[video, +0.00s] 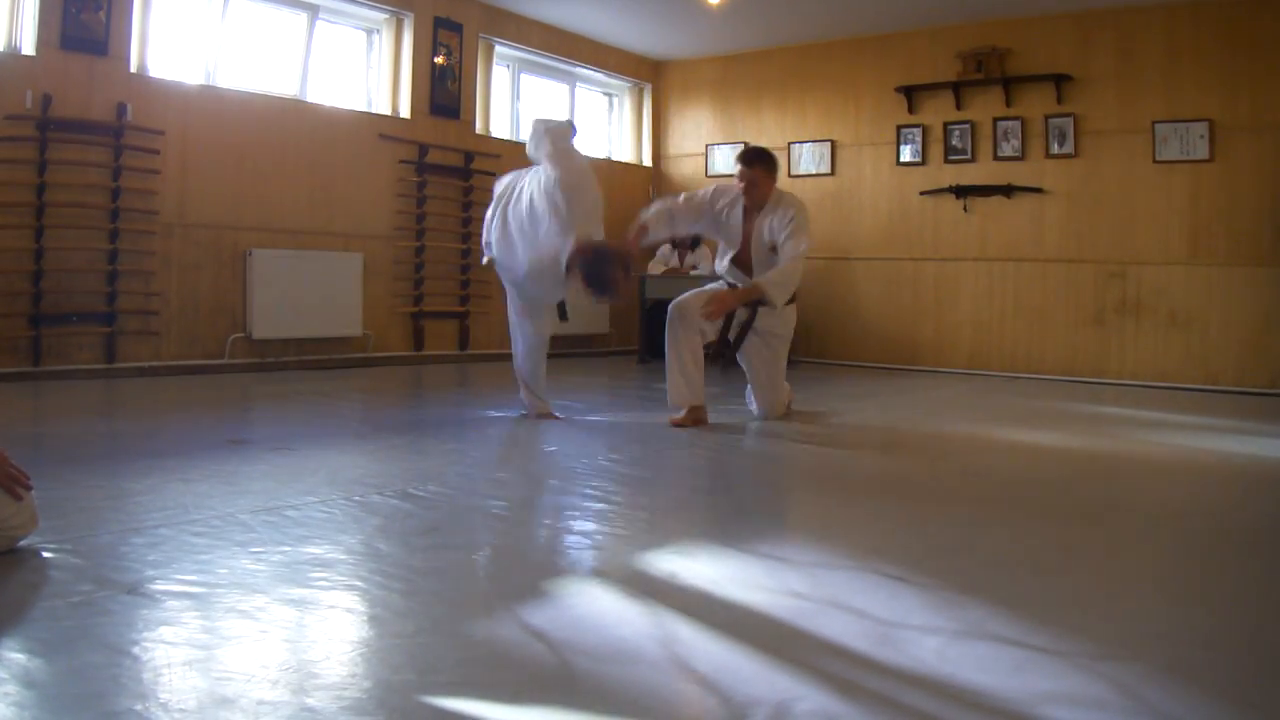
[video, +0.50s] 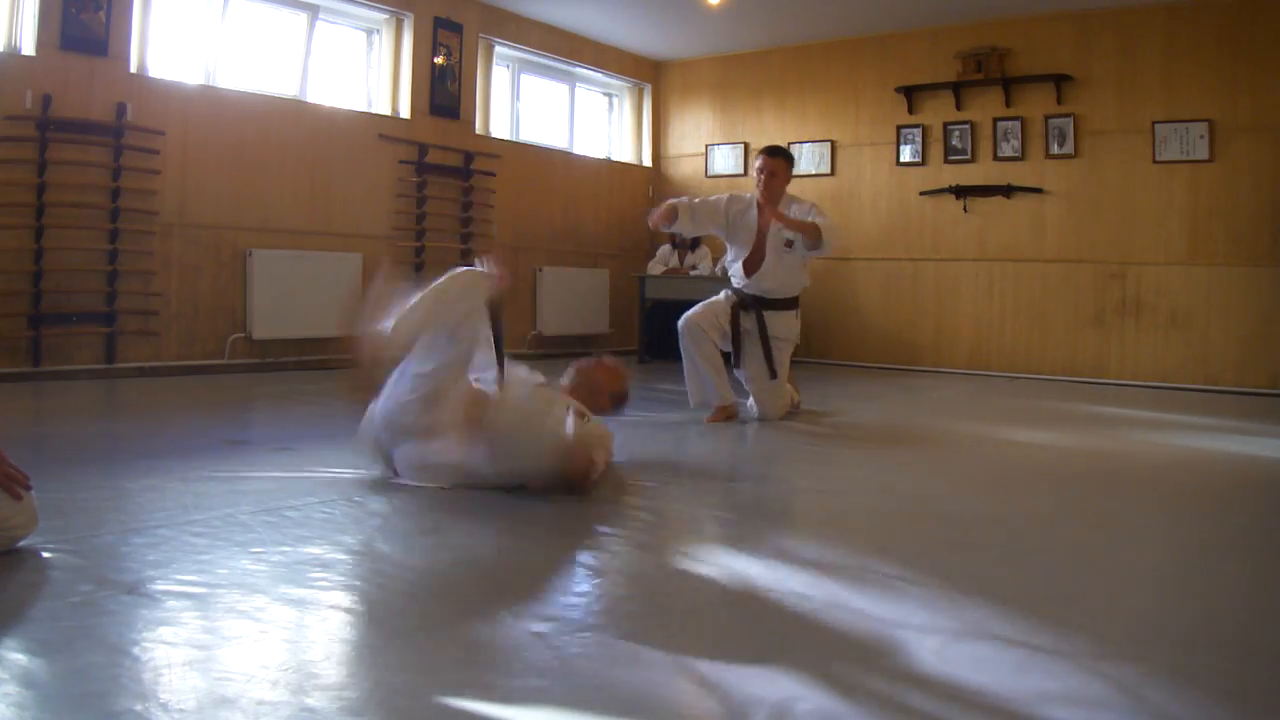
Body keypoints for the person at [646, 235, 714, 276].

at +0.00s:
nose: (682, 240)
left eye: (686, 237)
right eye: (679, 237)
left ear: (693, 236)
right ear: (674, 237)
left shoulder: (702, 250)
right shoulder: (666, 249)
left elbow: (706, 272)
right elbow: (652, 268)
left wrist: (684, 273)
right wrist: (671, 272)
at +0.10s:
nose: (682, 237)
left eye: (687, 234)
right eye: (680, 233)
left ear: (693, 237)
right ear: (675, 235)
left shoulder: (702, 251)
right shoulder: (666, 249)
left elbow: (705, 272)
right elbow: (652, 268)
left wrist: (683, 273)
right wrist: (671, 272)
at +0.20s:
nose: (682, 237)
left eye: (687, 234)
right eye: (680, 233)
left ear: (693, 236)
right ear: (674, 235)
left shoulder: (702, 250)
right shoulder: (666, 249)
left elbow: (705, 271)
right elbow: (652, 268)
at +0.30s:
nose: (682, 237)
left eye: (687, 235)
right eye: (679, 233)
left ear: (693, 237)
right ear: (674, 235)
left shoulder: (702, 251)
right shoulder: (666, 249)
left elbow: (706, 271)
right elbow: (651, 268)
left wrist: (684, 273)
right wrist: (673, 272)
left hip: (694, 291)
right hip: (668, 289)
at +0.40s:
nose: (682, 238)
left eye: (687, 235)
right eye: (679, 234)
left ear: (693, 237)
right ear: (674, 235)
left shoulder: (702, 251)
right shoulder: (666, 249)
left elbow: (706, 272)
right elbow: (651, 268)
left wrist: (685, 273)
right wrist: (673, 272)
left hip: (693, 290)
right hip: (667, 289)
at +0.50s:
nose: (681, 240)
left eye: (685, 237)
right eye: (678, 236)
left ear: (692, 238)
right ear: (673, 237)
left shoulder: (702, 251)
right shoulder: (666, 250)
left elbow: (706, 271)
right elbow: (651, 268)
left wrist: (684, 273)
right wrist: (671, 272)